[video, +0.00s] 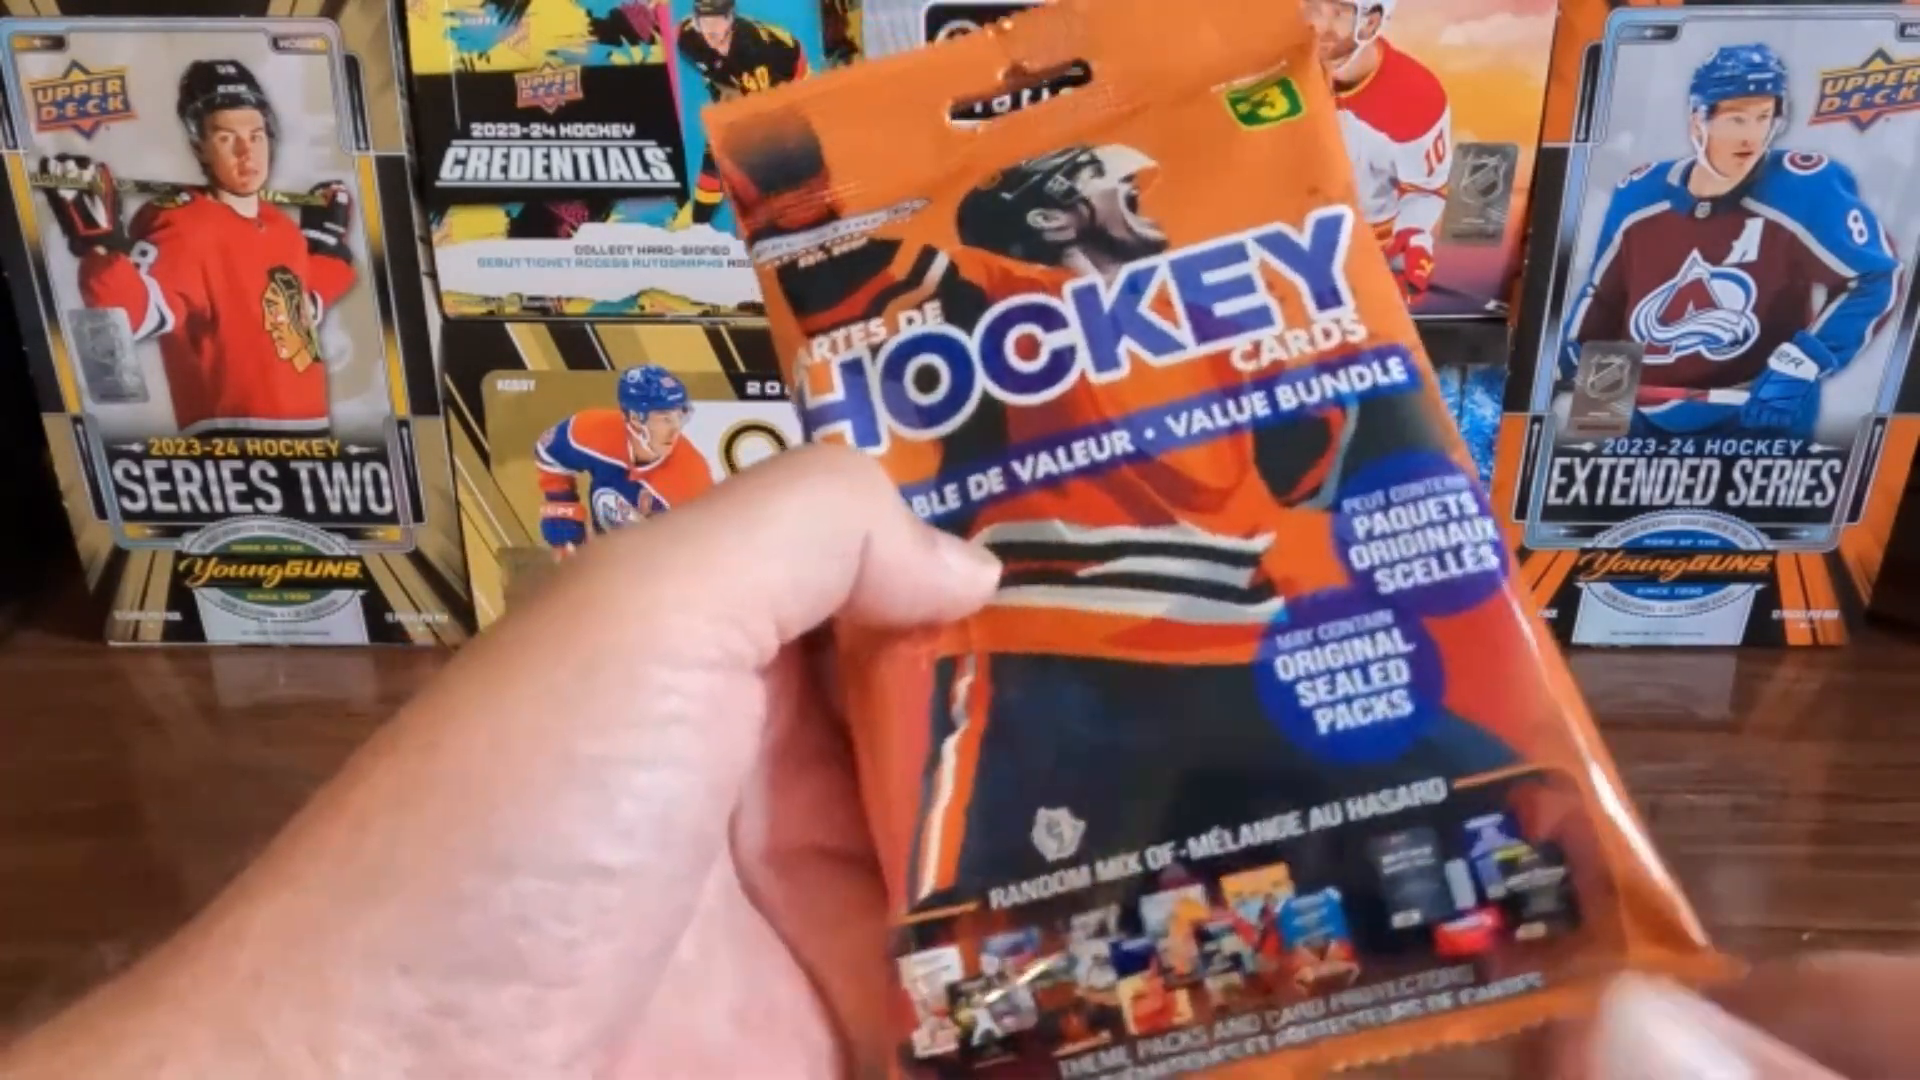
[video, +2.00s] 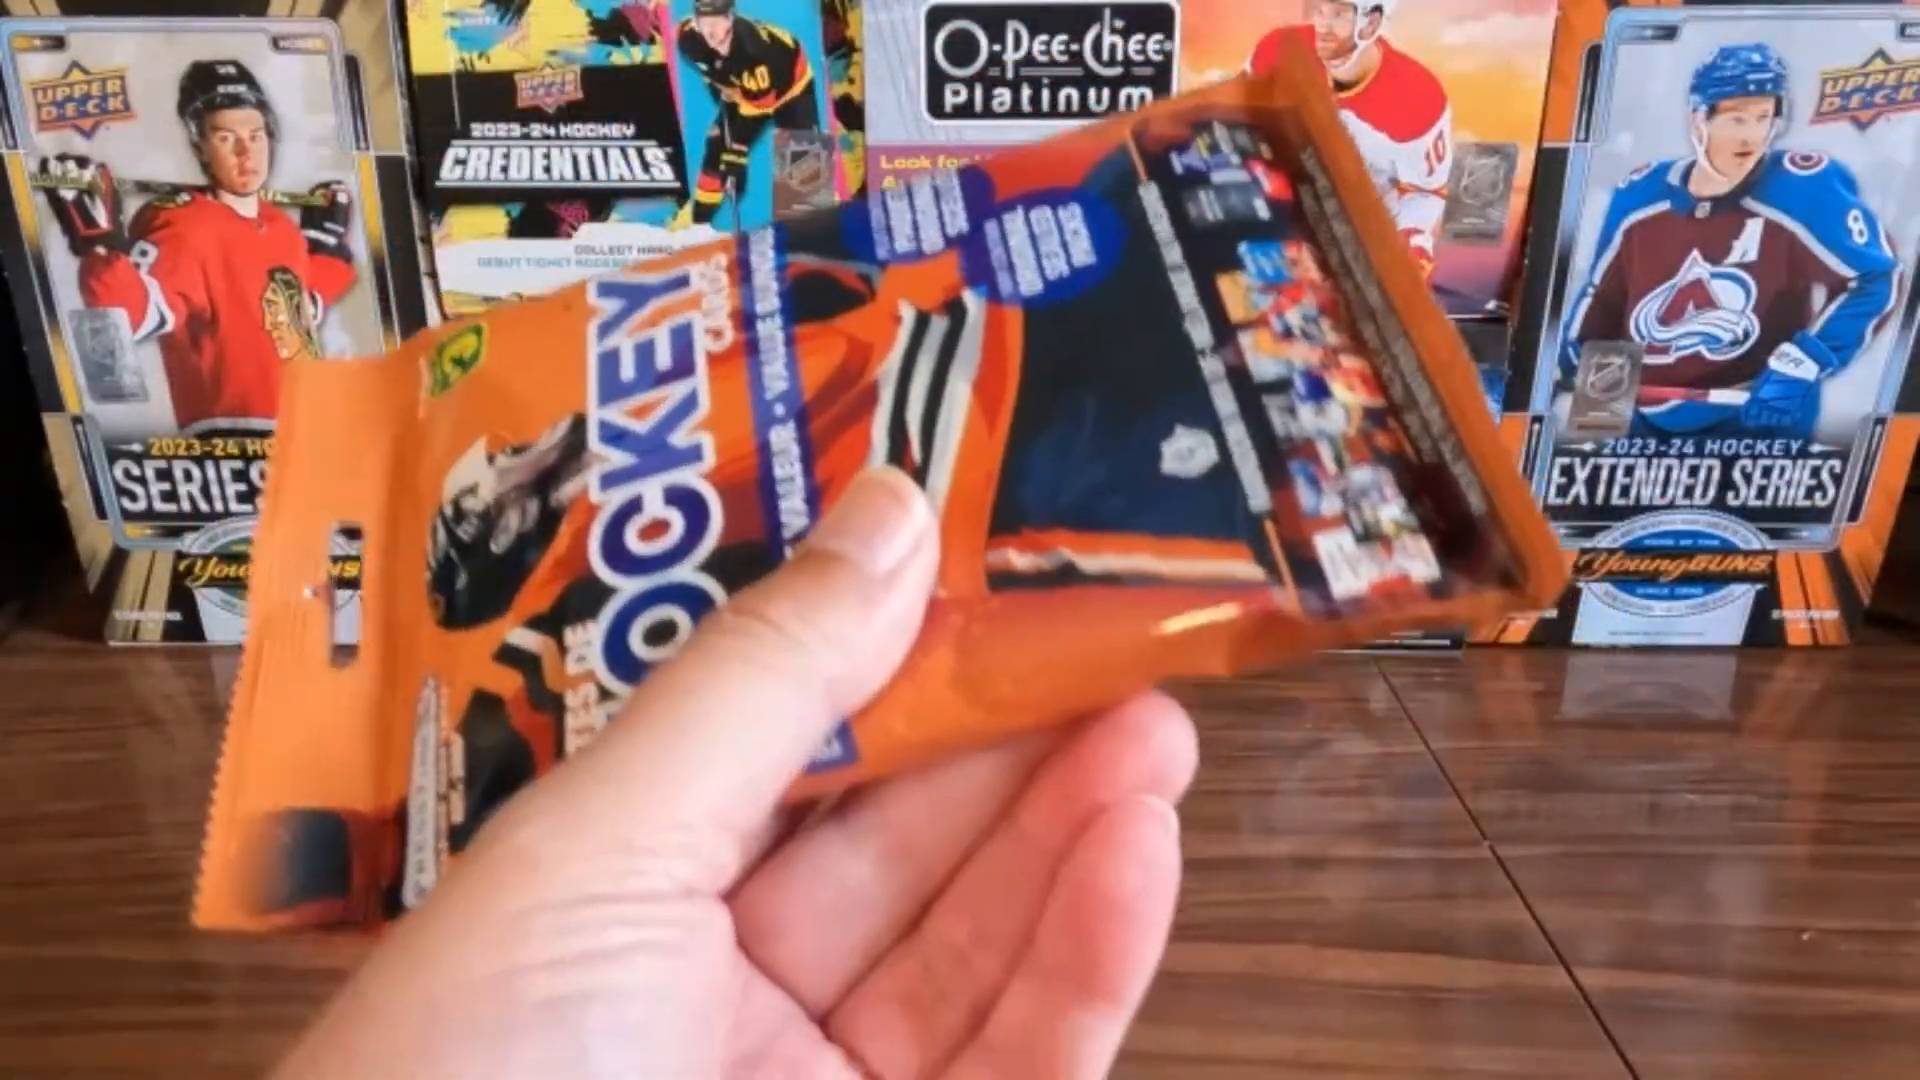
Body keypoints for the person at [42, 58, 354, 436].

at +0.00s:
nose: (247, 153)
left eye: (256, 135)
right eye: (228, 139)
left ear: (270, 139)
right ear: (200, 150)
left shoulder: (283, 228)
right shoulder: (184, 226)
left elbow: (302, 305)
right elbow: (141, 315)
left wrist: (335, 252)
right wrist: (100, 250)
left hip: (307, 433)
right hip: (230, 440)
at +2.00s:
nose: (246, 150)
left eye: (256, 134)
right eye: (227, 138)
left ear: (270, 139)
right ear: (200, 147)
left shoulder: (280, 225)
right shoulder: (183, 226)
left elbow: (301, 308)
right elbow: (139, 315)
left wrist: (333, 250)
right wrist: (99, 246)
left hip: (308, 424)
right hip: (232, 435)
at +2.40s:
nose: (246, 153)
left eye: (256, 136)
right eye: (226, 138)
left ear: (271, 141)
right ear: (200, 148)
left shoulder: (284, 226)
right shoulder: (183, 227)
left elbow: (316, 318)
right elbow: (139, 319)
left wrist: (330, 244)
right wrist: (101, 248)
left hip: (300, 417)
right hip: (217, 421)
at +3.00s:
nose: (247, 153)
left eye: (256, 136)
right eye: (228, 139)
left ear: (270, 140)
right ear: (201, 149)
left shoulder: (283, 227)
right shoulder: (177, 226)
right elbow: (137, 326)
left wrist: (329, 237)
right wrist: (101, 251)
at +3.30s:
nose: (246, 154)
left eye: (256, 136)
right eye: (226, 139)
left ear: (271, 140)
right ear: (200, 149)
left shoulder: (285, 227)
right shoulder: (181, 227)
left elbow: (321, 318)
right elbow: (151, 330)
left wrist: (331, 251)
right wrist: (101, 251)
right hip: (211, 394)